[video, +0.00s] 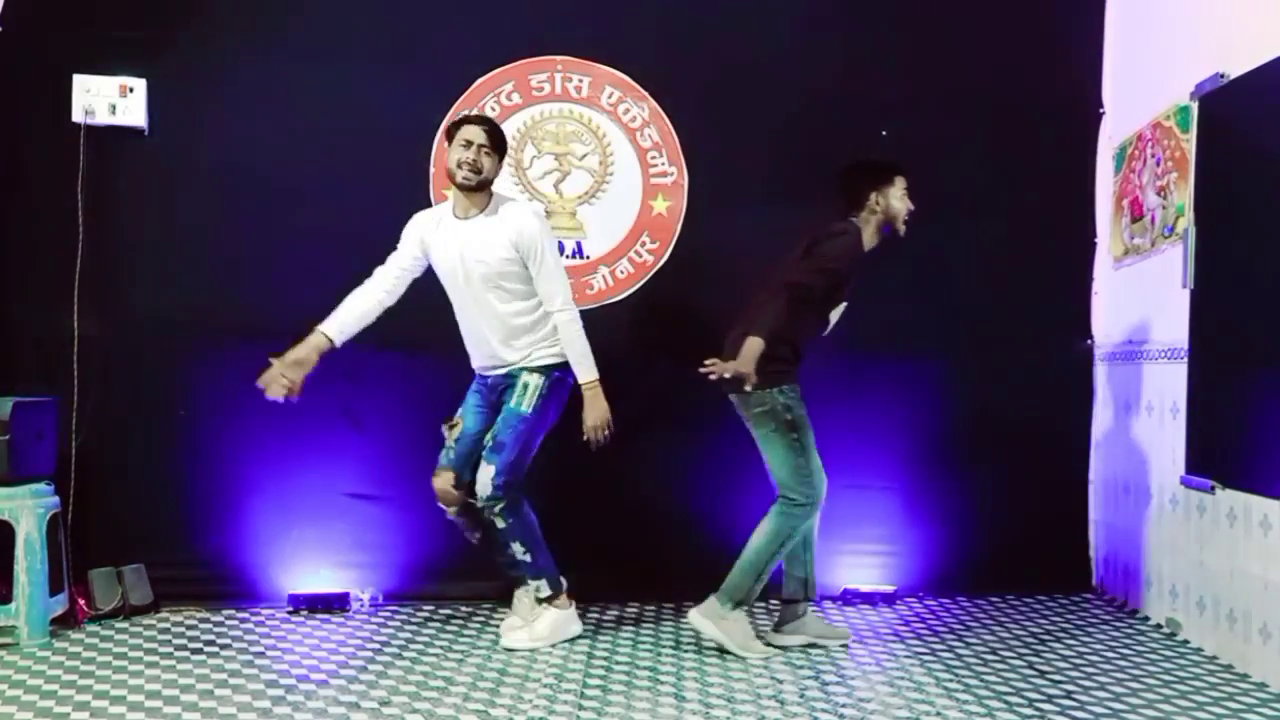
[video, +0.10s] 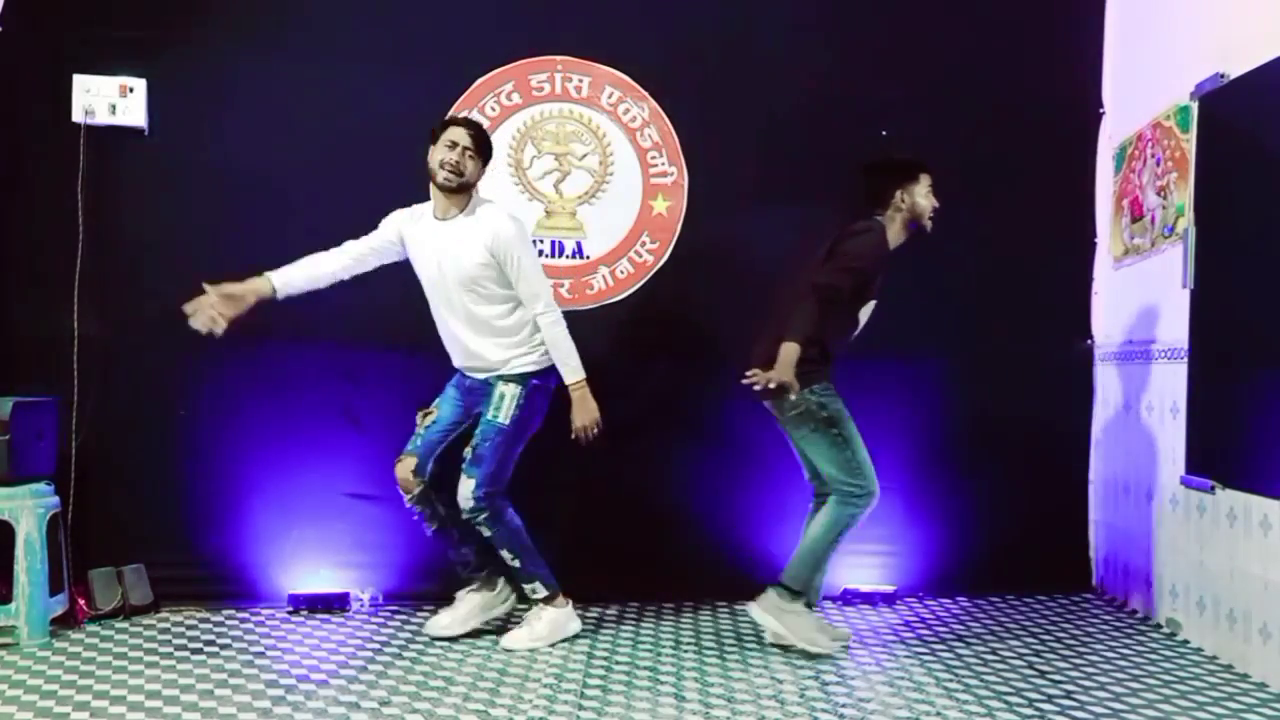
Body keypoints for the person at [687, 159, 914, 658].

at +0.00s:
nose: (909, 205)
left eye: (908, 195)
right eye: (903, 194)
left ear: (871, 201)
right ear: (876, 199)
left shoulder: (842, 241)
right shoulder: (845, 242)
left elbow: (783, 295)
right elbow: (787, 290)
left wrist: (738, 357)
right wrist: (748, 359)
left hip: (771, 376)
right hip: (767, 379)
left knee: (807, 491)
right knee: (801, 493)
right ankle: (722, 608)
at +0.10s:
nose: (935, 202)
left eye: (933, 192)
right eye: (928, 191)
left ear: (901, 198)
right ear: (901, 196)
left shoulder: (870, 243)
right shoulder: (869, 241)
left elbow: (816, 300)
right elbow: (814, 292)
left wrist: (779, 366)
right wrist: (786, 362)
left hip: (792, 380)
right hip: (804, 381)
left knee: (830, 493)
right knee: (857, 490)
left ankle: (799, 610)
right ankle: (785, 599)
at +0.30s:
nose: (975, 199)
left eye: (972, 189)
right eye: (969, 189)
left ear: (940, 196)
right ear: (942, 195)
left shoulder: (912, 239)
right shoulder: (915, 241)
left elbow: (859, 294)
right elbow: (864, 292)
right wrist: (840, 363)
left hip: (864, 382)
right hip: (853, 385)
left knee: (910, 480)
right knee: (888, 504)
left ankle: (877, 606)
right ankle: (822, 620)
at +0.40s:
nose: (999, 196)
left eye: (996, 186)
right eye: (993, 186)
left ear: (962, 193)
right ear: (967, 191)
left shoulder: (927, 235)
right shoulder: (940, 238)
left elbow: (888, 300)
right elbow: (892, 295)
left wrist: (872, 368)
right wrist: (872, 366)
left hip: (877, 384)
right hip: (891, 386)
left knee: (921, 496)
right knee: (941, 496)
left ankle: (903, 617)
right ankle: (855, 593)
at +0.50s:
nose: (1019, 189)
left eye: (1018, 179)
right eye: (1013, 178)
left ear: (982, 184)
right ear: (985, 182)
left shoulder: (955, 232)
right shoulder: (956, 232)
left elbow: (916, 299)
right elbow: (909, 292)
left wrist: (897, 371)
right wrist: (897, 368)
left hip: (900, 382)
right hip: (916, 383)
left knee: (945, 493)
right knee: (980, 489)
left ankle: (908, 611)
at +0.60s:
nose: (1031, 183)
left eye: (1030, 173)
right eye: (1026, 172)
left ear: (997, 177)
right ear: (1000, 176)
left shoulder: (977, 228)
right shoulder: (965, 227)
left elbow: (939, 298)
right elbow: (925, 291)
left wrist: (917, 369)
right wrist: (914, 367)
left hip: (951, 385)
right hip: (940, 389)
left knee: (1011, 479)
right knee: (992, 499)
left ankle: (941, 586)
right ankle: (958, 627)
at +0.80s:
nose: (1052, 174)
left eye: (1051, 164)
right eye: (1046, 163)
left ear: (1019, 169)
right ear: (1017, 167)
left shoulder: (999, 232)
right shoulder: (972, 225)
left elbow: (988, 310)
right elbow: (938, 303)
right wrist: (931, 384)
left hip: (1006, 389)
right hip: (976, 392)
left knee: (1047, 500)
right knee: (1017, 503)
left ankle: (1014, 617)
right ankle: (962, 623)